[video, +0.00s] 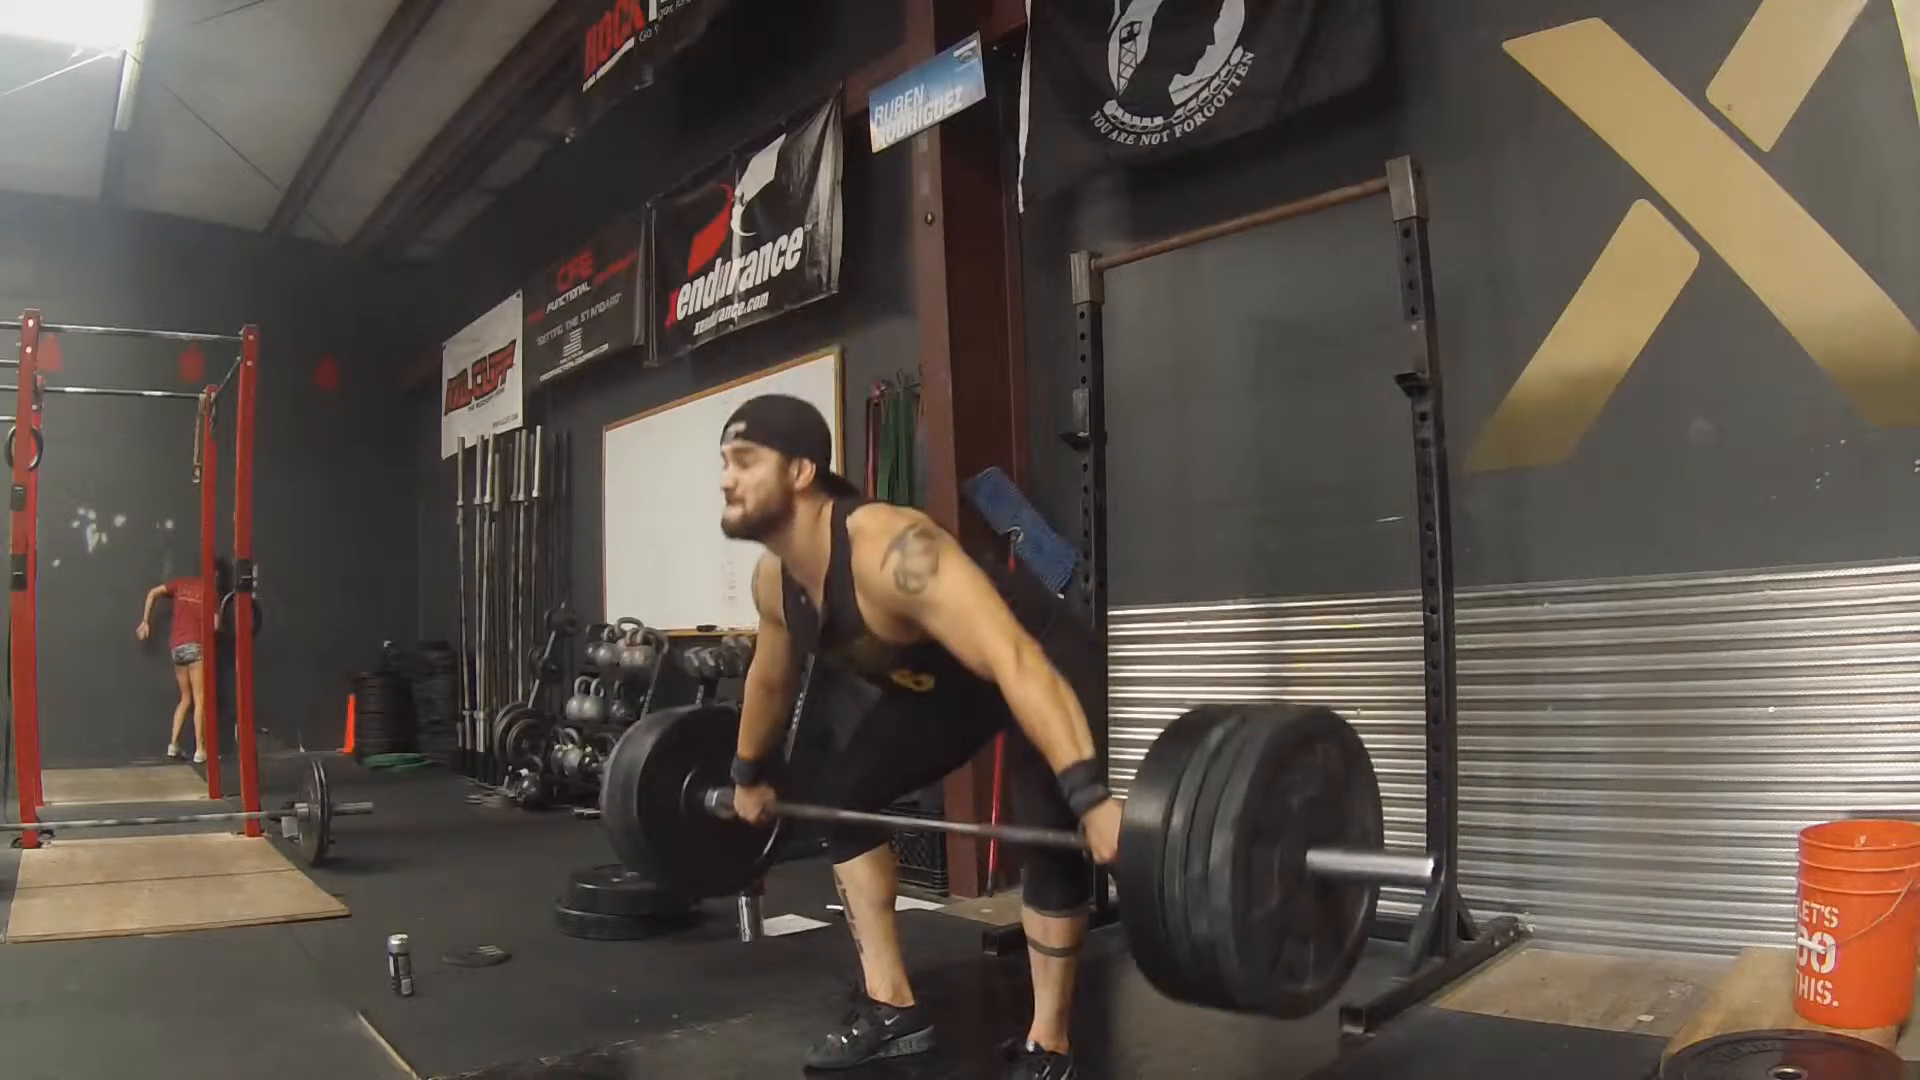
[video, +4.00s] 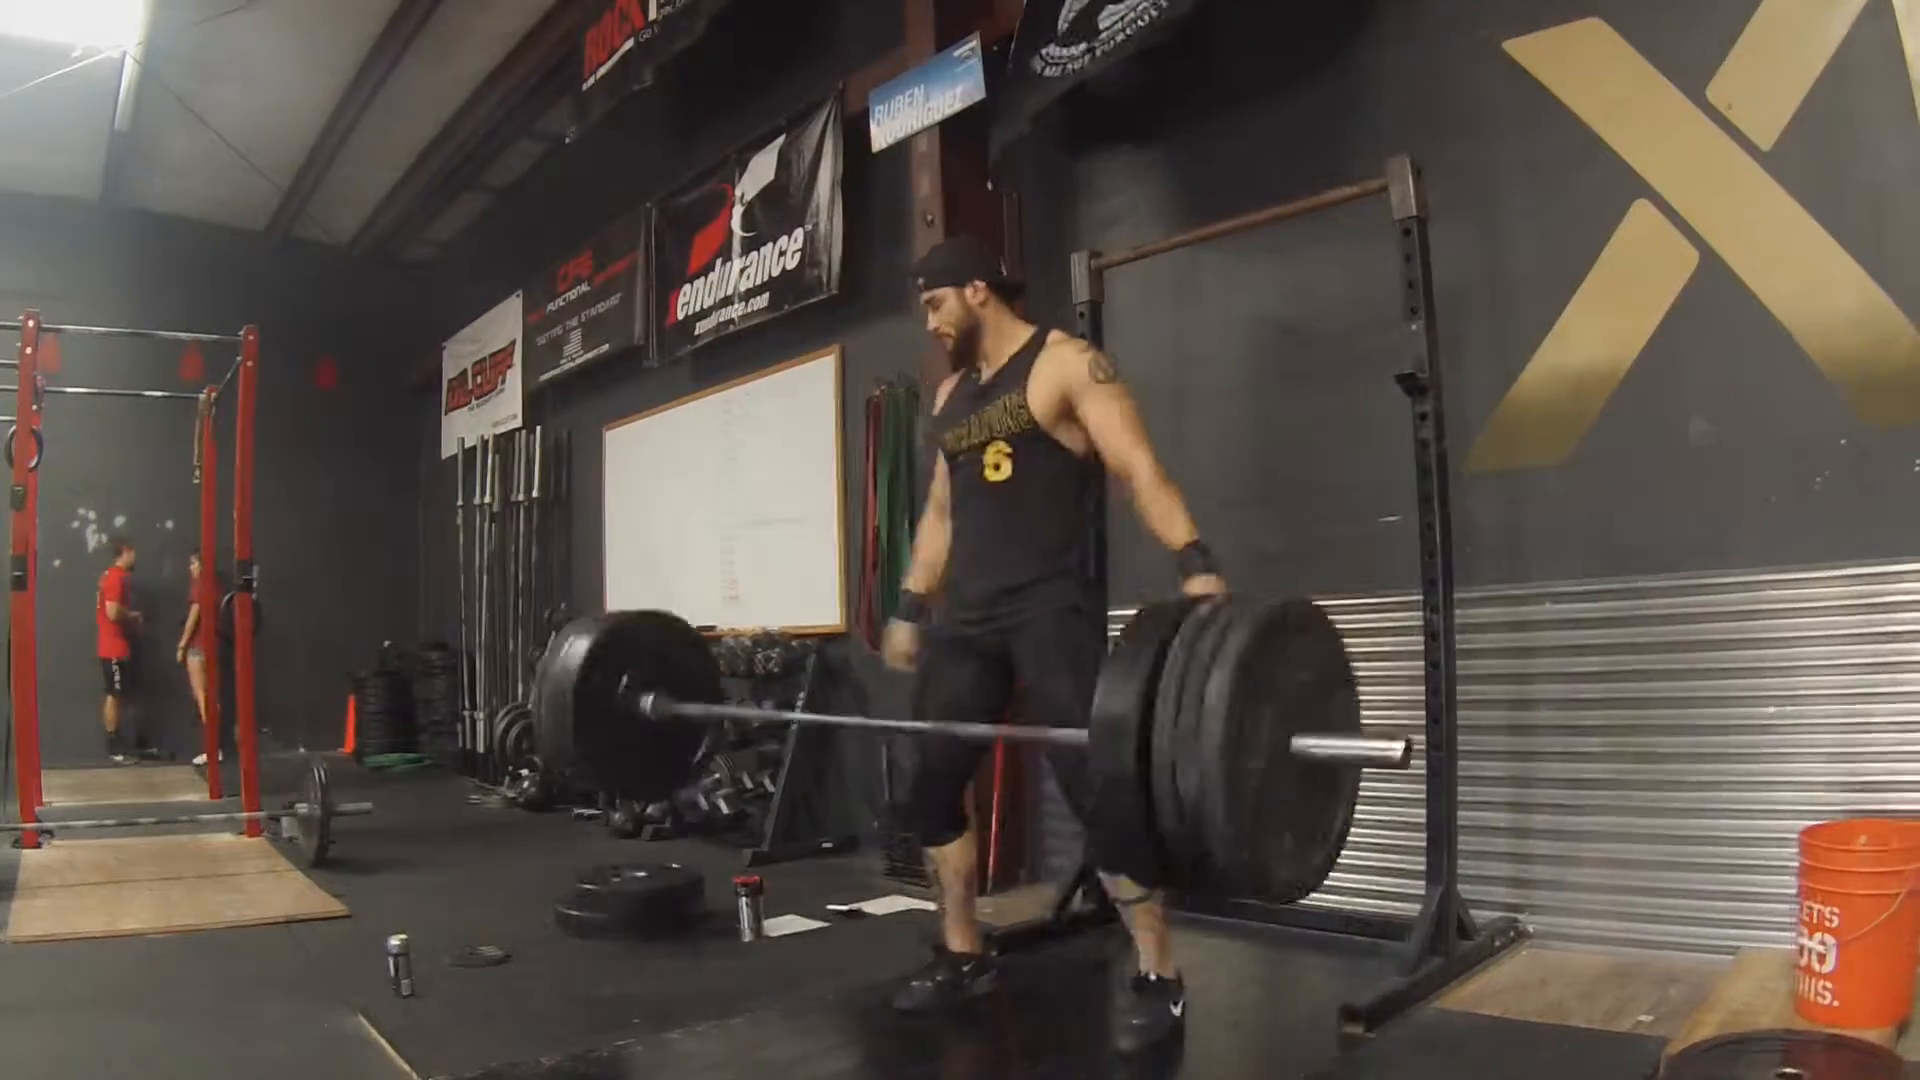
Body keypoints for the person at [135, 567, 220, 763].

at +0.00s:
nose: (218, 580)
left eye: (217, 576)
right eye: (218, 576)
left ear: (203, 571)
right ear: (215, 575)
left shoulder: (181, 584)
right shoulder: (212, 592)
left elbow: (153, 592)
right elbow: (215, 624)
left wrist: (145, 621)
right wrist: (213, 609)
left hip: (176, 643)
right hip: (196, 643)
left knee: (185, 698)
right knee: (199, 699)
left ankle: (173, 744)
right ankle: (200, 749)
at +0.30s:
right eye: (209, 579)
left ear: (193, 574)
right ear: (207, 577)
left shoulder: (174, 586)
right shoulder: (206, 592)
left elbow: (147, 598)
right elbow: (213, 621)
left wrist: (139, 628)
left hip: (174, 646)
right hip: (194, 645)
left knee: (178, 701)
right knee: (201, 701)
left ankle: (164, 745)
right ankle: (200, 750)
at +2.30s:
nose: (203, 570)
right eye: (203, 567)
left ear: (186, 564)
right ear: (199, 565)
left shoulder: (171, 586)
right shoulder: (201, 584)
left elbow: (167, 620)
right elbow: (207, 614)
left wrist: (171, 635)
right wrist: (208, 637)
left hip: (173, 641)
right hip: (194, 641)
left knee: (170, 696)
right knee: (199, 695)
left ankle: (164, 746)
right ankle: (200, 746)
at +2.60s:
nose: (172, 564)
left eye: (174, 560)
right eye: (173, 560)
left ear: (180, 562)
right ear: (192, 562)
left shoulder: (168, 583)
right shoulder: (201, 583)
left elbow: (160, 616)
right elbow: (207, 613)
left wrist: (170, 632)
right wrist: (203, 633)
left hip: (172, 642)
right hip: (194, 641)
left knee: (170, 696)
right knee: (200, 695)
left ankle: (164, 745)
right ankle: (201, 743)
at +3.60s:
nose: (189, 566)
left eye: (192, 562)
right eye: (190, 561)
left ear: (202, 563)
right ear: (205, 564)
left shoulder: (196, 582)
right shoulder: (216, 584)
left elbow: (192, 612)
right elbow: (219, 615)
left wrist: (183, 643)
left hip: (195, 645)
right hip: (213, 645)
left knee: (187, 696)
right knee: (213, 696)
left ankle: (186, 747)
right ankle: (215, 748)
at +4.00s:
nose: (191, 568)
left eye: (194, 563)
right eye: (191, 564)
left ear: (203, 565)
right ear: (205, 565)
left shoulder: (199, 586)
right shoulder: (216, 586)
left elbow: (194, 615)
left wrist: (182, 644)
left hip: (199, 646)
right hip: (214, 644)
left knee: (201, 696)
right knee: (213, 696)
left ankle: (211, 747)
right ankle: (215, 745)